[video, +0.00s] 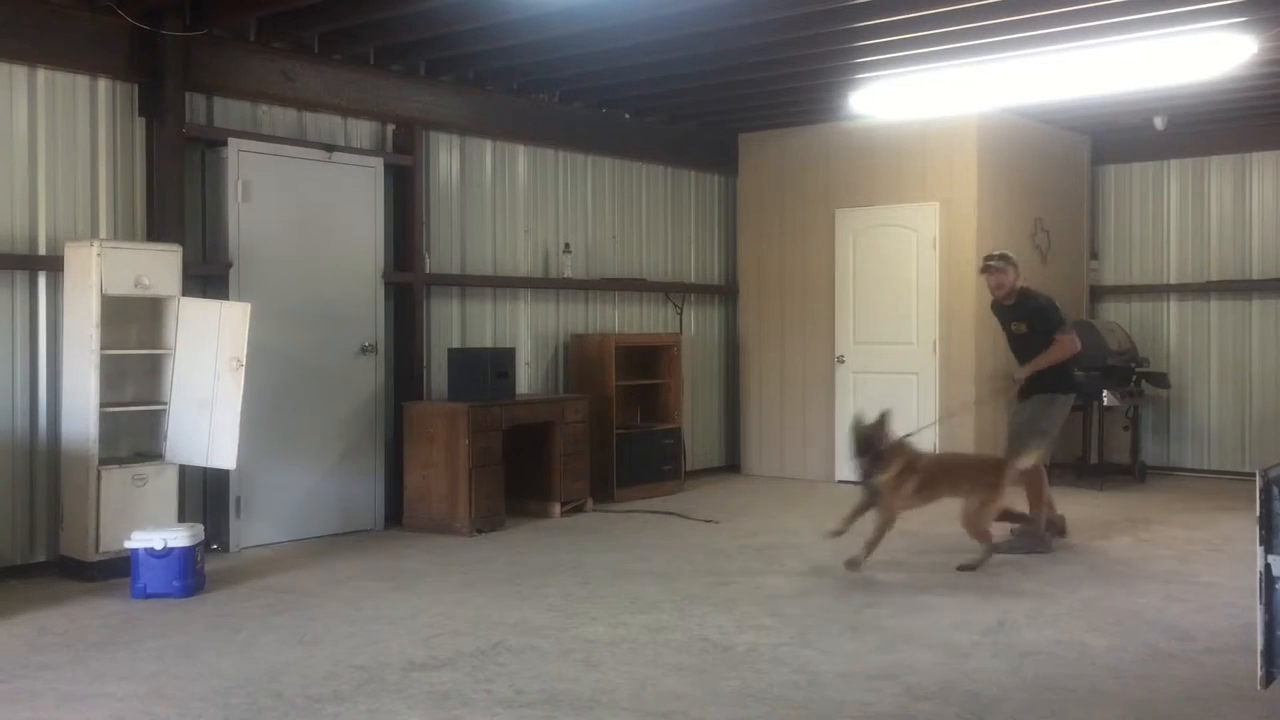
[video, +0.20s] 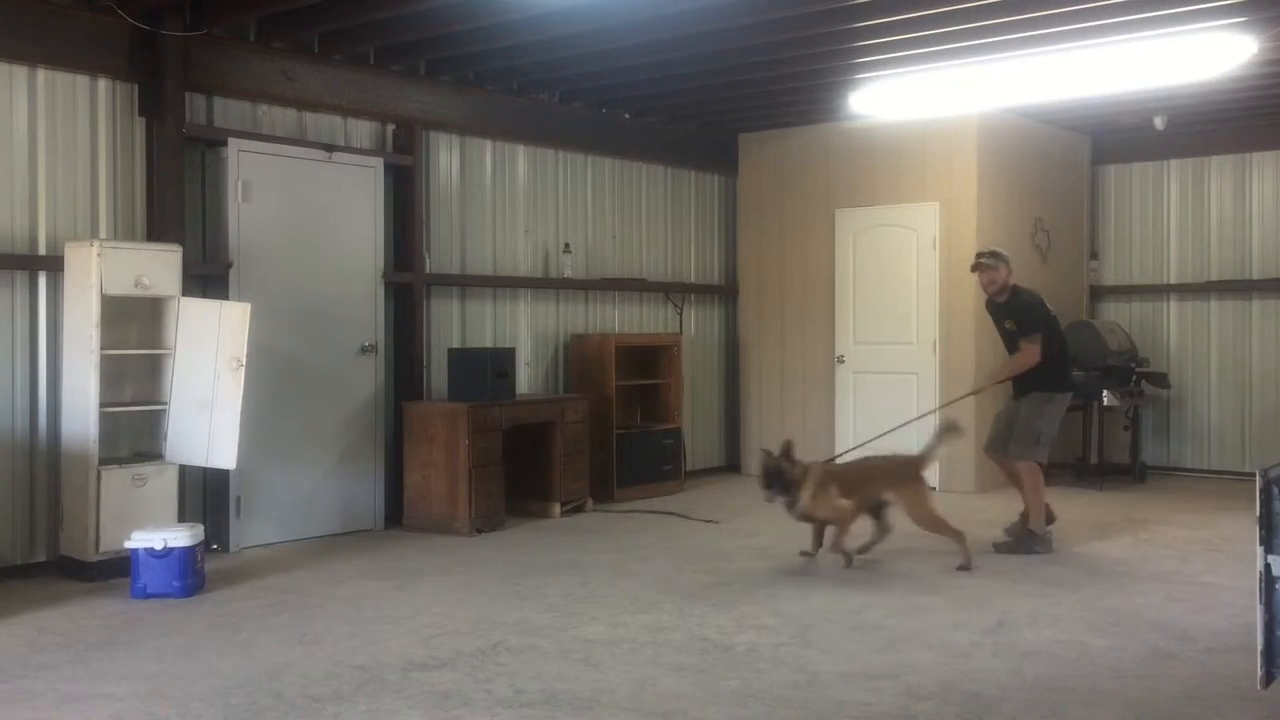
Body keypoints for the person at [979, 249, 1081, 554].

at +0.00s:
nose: (995, 280)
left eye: (1001, 272)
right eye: (990, 274)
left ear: (1016, 275)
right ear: (985, 279)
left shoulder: (1038, 304)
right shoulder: (998, 308)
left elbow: (1070, 344)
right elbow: (1028, 342)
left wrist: (1028, 368)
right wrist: (1026, 375)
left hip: (1056, 388)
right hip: (1031, 388)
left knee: (1030, 455)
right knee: (1021, 455)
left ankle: (1036, 531)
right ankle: (1050, 518)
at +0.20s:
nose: (986, 277)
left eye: (992, 270)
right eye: (981, 272)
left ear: (1008, 272)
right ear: (978, 277)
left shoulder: (1025, 302)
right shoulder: (994, 305)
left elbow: (1032, 355)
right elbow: (1019, 346)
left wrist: (990, 378)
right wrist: (1012, 375)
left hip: (1051, 387)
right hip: (1026, 386)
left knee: (1024, 455)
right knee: (996, 449)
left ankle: (1037, 533)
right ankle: (1038, 509)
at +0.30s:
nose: (978, 274)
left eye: (984, 268)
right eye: (973, 269)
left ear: (1000, 270)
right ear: (969, 275)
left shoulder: (1014, 299)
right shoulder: (988, 303)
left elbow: (1013, 355)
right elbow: (1010, 349)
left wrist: (974, 386)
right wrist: (1000, 375)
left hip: (1043, 387)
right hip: (1019, 386)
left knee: (1016, 457)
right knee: (989, 446)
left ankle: (1037, 533)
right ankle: (1013, 517)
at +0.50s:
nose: (953, 278)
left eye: (959, 271)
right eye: (948, 273)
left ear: (974, 273)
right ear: (945, 279)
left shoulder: (988, 301)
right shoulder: (967, 307)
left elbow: (993, 355)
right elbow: (987, 352)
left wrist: (956, 387)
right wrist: (979, 379)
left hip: (1018, 389)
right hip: (997, 389)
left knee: (986, 453)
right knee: (967, 450)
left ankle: (1021, 518)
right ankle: (972, 524)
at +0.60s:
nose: (941, 284)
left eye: (946, 277)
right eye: (937, 279)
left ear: (961, 278)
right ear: (935, 284)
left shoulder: (977, 307)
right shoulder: (957, 309)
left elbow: (989, 357)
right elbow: (981, 356)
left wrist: (953, 388)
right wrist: (967, 385)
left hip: (1000, 391)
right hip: (991, 390)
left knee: (953, 450)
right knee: (969, 450)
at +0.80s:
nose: (916, 292)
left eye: (922, 285)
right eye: (912, 287)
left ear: (938, 285)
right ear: (909, 291)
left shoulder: (952, 314)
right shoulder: (936, 317)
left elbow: (979, 362)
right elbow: (962, 359)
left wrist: (949, 390)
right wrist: (953, 391)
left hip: (985, 397)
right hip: (973, 396)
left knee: (949, 460)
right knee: (943, 458)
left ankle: (925, 532)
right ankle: (970, 526)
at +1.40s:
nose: (872, 300)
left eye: (876, 292)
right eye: (867, 295)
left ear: (893, 291)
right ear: (868, 298)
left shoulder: (911, 316)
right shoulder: (897, 321)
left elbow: (951, 356)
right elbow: (936, 356)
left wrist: (930, 398)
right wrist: (937, 392)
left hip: (959, 392)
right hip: (955, 392)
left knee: (922, 461)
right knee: (942, 460)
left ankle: (915, 539)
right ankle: (959, 522)